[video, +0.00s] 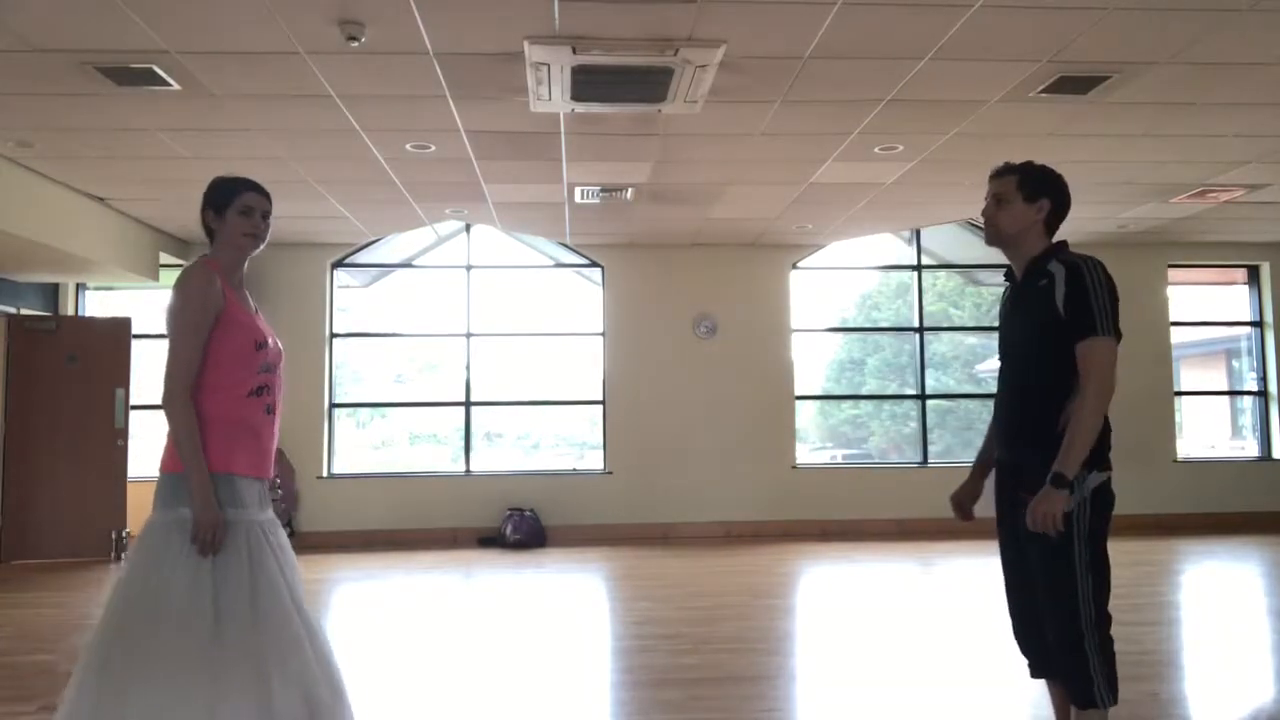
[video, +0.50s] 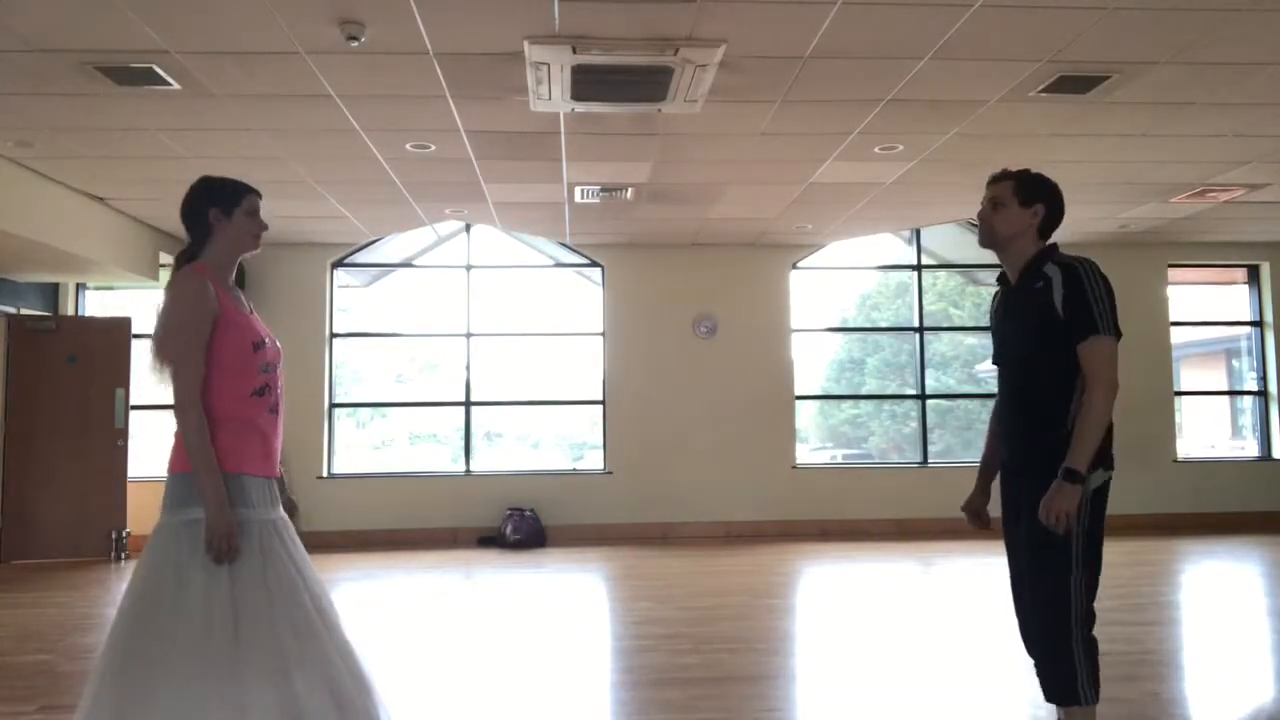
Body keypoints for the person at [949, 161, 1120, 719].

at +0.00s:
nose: (985, 212)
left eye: (999, 201)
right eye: (987, 202)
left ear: (1041, 210)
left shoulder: (1081, 274)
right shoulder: (1014, 294)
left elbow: (1099, 385)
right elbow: (1013, 398)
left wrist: (1059, 482)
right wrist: (977, 477)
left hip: (1068, 484)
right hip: (1020, 484)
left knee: (1076, 635)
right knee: (1042, 635)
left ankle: (1091, 715)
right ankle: (1066, 714)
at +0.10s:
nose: (984, 211)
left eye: (999, 201)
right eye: (986, 202)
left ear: (1040, 210)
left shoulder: (1080, 274)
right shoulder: (1013, 293)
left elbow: (1102, 384)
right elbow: (1013, 397)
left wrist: (1068, 483)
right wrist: (979, 478)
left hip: (1066, 484)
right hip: (1020, 482)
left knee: (1075, 630)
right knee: (1044, 629)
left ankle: (1089, 715)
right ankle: (1067, 713)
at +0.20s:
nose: (984, 212)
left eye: (998, 202)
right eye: (986, 202)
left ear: (1040, 211)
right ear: (1015, 216)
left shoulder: (1079, 274)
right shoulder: (1011, 293)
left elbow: (1102, 385)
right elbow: (1013, 396)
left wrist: (1073, 483)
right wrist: (983, 479)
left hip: (1063, 483)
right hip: (1019, 480)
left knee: (1072, 629)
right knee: (1043, 627)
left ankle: (1086, 716)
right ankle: (1067, 713)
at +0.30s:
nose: (984, 211)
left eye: (998, 202)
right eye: (986, 202)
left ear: (1040, 213)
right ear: (1000, 217)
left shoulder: (1077, 275)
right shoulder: (1009, 294)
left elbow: (1102, 385)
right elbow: (1012, 396)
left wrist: (1073, 483)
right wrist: (984, 482)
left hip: (1064, 482)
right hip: (1019, 479)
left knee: (1068, 629)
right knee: (1041, 626)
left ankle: (1082, 716)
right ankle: (1068, 711)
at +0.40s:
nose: (982, 212)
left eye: (997, 204)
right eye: (985, 203)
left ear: (1037, 215)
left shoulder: (1077, 277)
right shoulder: (1007, 297)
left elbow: (1102, 385)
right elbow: (1011, 396)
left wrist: (1073, 480)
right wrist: (985, 482)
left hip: (1065, 479)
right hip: (1021, 478)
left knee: (1065, 623)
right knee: (1039, 621)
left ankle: (1079, 715)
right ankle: (1070, 711)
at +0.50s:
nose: (980, 213)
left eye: (994, 205)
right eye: (984, 204)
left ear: (1034, 217)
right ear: (1012, 220)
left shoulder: (1076, 277)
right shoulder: (1005, 297)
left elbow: (1102, 385)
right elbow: (1011, 397)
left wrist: (1072, 478)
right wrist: (983, 482)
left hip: (1067, 476)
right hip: (1022, 476)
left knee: (1063, 621)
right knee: (1038, 618)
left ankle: (1077, 714)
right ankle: (1070, 711)